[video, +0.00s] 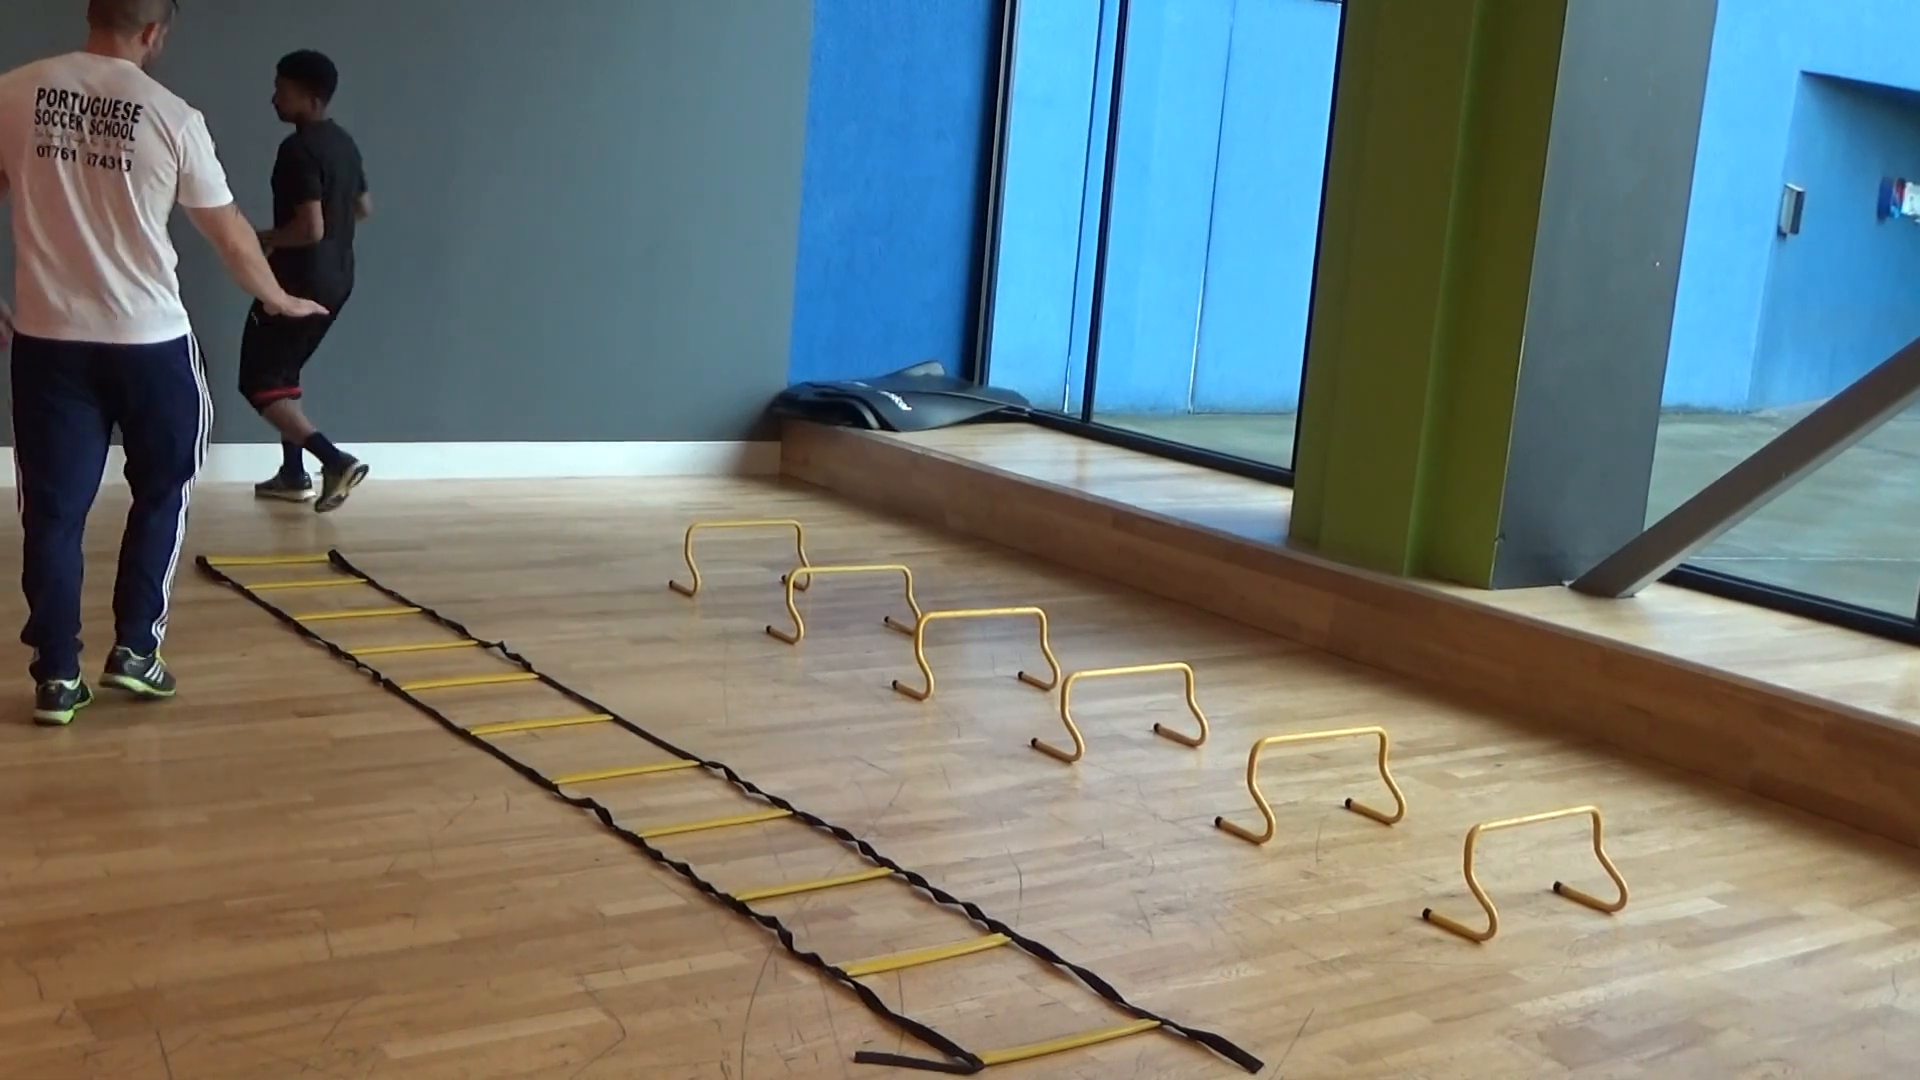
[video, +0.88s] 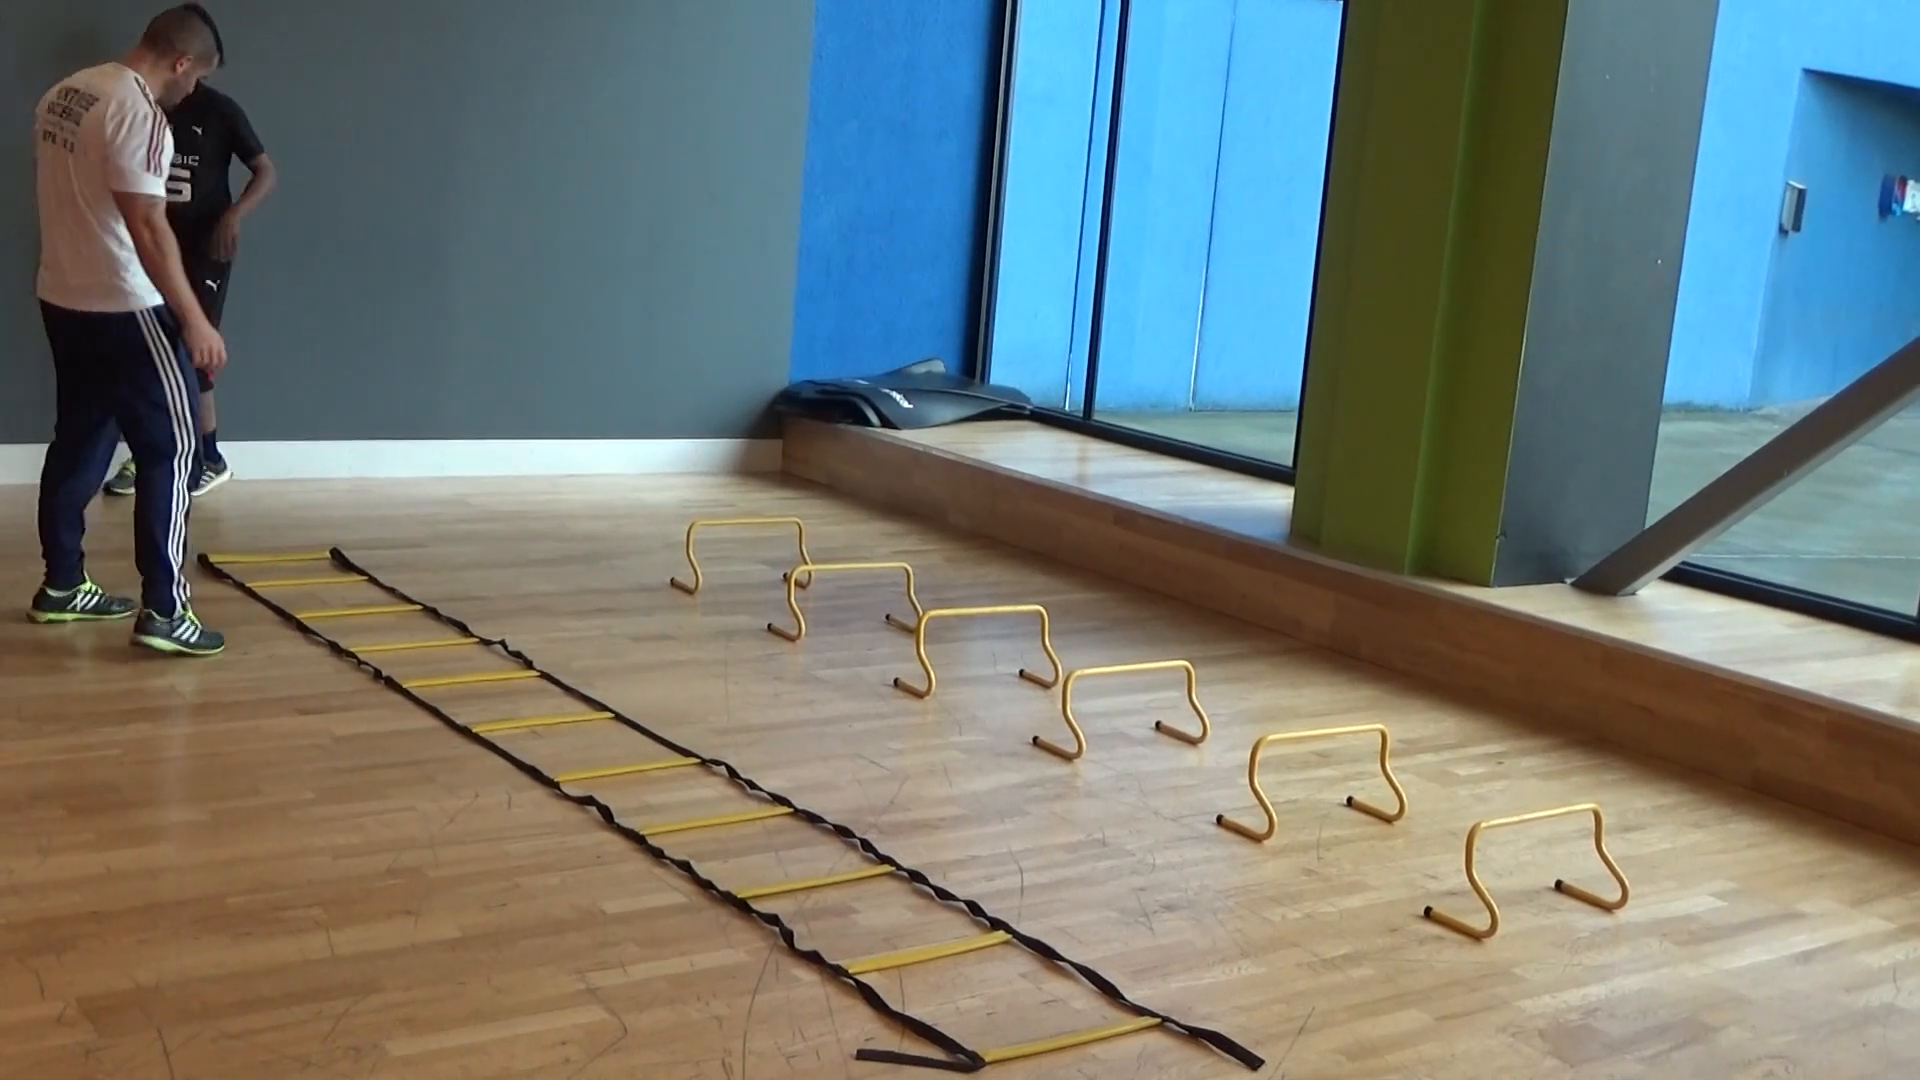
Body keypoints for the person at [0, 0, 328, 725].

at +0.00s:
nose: (162, 47)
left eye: (161, 33)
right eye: (163, 33)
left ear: (88, 19)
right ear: (150, 31)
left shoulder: (15, 89)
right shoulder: (173, 119)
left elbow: (11, 186)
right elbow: (229, 234)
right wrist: (279, 299)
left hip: (45, 337)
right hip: (148, 340)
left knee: (53, 508)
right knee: (163, 490)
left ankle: (56, 676)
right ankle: (136, 650)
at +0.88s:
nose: (188, 93)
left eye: (194, 82)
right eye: (193, 80)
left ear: (145, 44)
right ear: (177, 60)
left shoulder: (63, 92)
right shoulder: (136, 111)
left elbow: (64, 204)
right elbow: (147, 226)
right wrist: (196, 319)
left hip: (66, 301)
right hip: (127, 305)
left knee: (81, 439)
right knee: (171, 449)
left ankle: (63, 586)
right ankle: (166, 610)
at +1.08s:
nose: (173, 86)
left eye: (179, 76)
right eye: (172, 71)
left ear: (136, 50)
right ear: (140, 47)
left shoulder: (86, 92)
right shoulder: (90, 92)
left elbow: (87, 199)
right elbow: (70, 195)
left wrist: (132, 257)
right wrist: (93, 296)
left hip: (52, 289)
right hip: (71, 292)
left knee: (60, 431)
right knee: (151, 421)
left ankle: (56, 578)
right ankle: (63, 557)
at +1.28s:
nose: (125, 50)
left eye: (132, 41)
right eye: (116, 34)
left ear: (131, 46)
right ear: (77, 22)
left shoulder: (88, 99)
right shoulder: (46, 89)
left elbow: (89, 201)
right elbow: (14, 194)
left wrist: (138, 261)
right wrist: (33, 294)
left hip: (88, 299)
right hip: (52, 301)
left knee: (75, 440)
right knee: (44, 439)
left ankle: (63, 581)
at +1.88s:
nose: (67, 60)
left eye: (71, 50)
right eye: (64, 47)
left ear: (31, 37)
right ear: (31, 37)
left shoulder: (16, 102)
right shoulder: (5, 102)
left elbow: (14, 200)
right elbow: (3, 206)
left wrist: (23, 272)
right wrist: (1, 303)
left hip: (15, 289)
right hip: (6, 294)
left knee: (2, 437)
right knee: (0, 438)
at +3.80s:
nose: (135, 60)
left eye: (137, 49)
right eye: (134, 49)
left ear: (91, 42)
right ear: (116, 46)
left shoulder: (43, 83)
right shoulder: (94, 101)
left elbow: (48, 178)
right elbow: (80, 181)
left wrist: (106, 235)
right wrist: (101, 259)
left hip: (28, 253)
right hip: (81, 259)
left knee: (16, 368)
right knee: (94, 369)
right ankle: (80, 471)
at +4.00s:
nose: (170, 57)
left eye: (171, 49)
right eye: (167, 48)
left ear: (127, 44)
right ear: (145, 47)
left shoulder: (91, 82)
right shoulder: (121, 92)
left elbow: (97, 177)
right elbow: (102, 178)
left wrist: (137, 239)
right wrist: (121, 254)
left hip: (79, 242)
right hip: (106, 246)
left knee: (97, 343)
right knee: (114, 354)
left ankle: (45, 432)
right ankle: (81, 470)